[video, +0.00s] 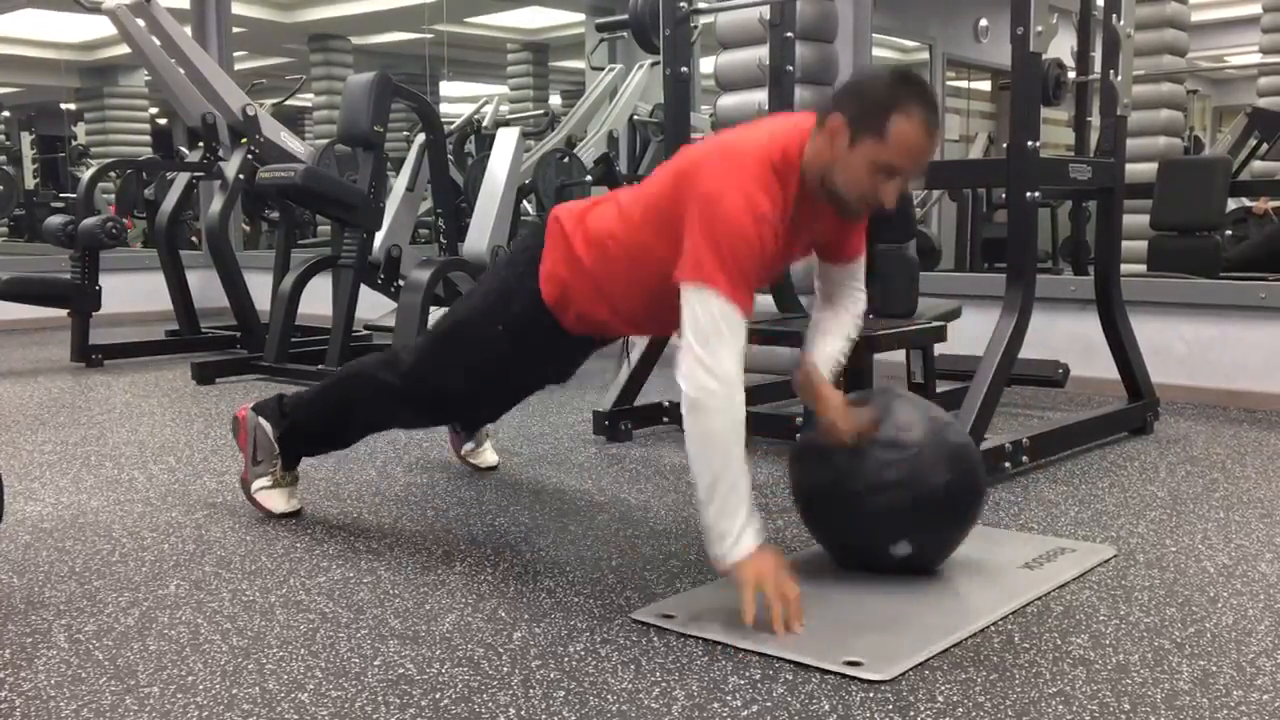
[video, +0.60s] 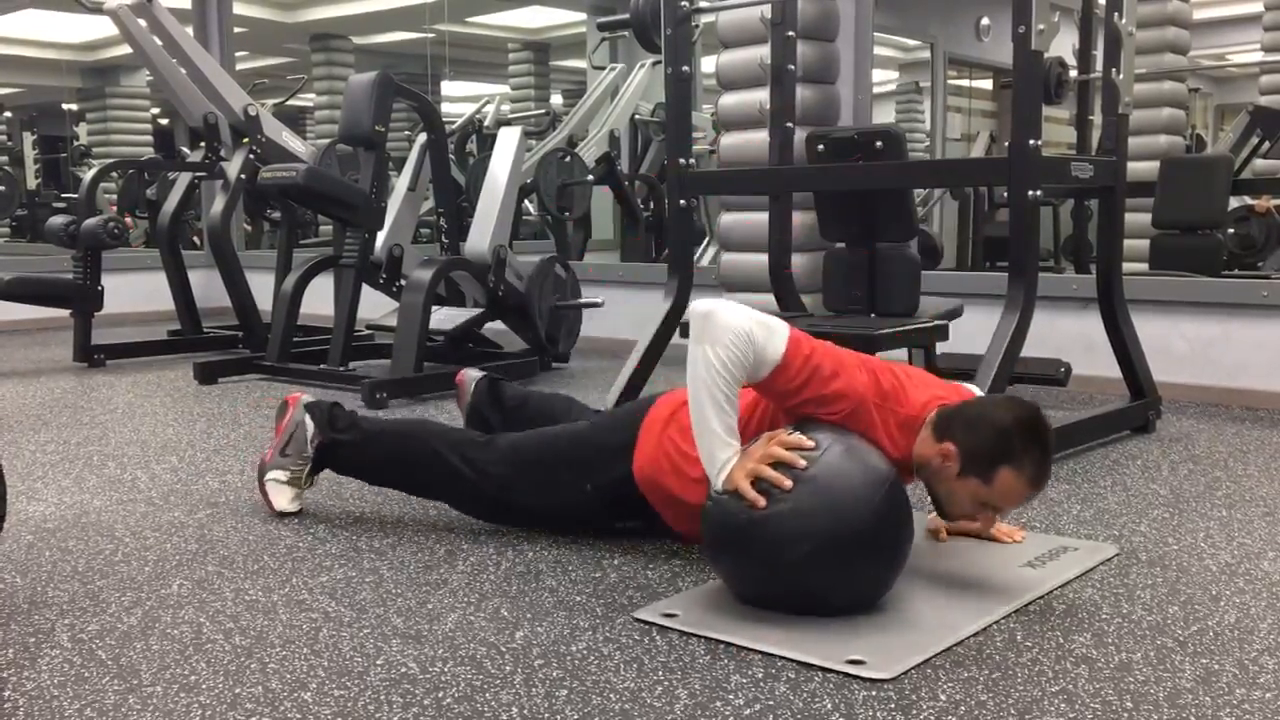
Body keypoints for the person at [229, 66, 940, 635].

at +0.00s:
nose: (893, 195)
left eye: (907, 180)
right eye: (886, 171)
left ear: (893, 162)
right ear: (832, 133)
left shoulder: (843, 184)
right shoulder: (743, 185)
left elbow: (844, 294)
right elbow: (709, 372)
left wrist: (816, 365)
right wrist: (742, 543)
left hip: (615, 301)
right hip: (561, 272)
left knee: (519, 376)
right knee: (430, 379)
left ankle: (463, 418)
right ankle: (275, 428)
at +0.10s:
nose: (904, 178)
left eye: (917, 164)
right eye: (899, 156)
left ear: (866, 130)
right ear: (844, 120)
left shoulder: (846, 170)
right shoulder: (753, 163)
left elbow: (842, 278)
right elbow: (668, 301)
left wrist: (819, 311)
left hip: (615, 306)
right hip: (558, 272)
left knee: (519, 379)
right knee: (432, 373)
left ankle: (461, 415)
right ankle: (278, 428)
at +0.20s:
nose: (922, 225)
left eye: (934, 211)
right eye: (917, 203)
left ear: (901, 182)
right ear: (865, 163)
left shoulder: (865, 217)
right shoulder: (768, 183)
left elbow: (873, 308)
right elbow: (651, 282)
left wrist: (882, 379)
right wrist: (766, 393)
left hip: (630, 325)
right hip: (566, 291)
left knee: (533, 386)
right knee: (436, 379)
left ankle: (462, 420)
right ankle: (279, 427)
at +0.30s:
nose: (954, 323)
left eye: (967, 308)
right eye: (948, 302)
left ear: (938, 281)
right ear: (897, 266)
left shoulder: (904, 294)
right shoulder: (798, 268)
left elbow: (929, 393)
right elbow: (663, 311)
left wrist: (942, 502)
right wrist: (725, 443)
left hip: (632, 343)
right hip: (578, 338)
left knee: (510, 381)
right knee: (441, 397)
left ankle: (459, 428)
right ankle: (281, 426)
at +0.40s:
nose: (978, 443)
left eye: (990, 434)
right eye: (974, 428)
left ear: (958, 391)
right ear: (932, 389)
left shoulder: (926, 362)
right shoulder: (832, 357)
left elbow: (941, 426)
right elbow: (682, 335)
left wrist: (944, 503)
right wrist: (712, 464)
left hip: (666, 391)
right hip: (620, 389)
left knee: (490, 411)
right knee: (460, 432)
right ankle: (295, 425)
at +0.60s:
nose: (980, 514)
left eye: (998, 510)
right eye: (981, 500)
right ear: (947, 449)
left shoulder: (956, 423)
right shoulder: (866, 392)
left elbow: (921, 464)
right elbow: (718, 324)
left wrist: (955, 510)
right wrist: (726, 455)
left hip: (687, 483)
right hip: (652, 452)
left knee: (584, 438)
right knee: (484, 472)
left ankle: (483, 389)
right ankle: (322, 425)